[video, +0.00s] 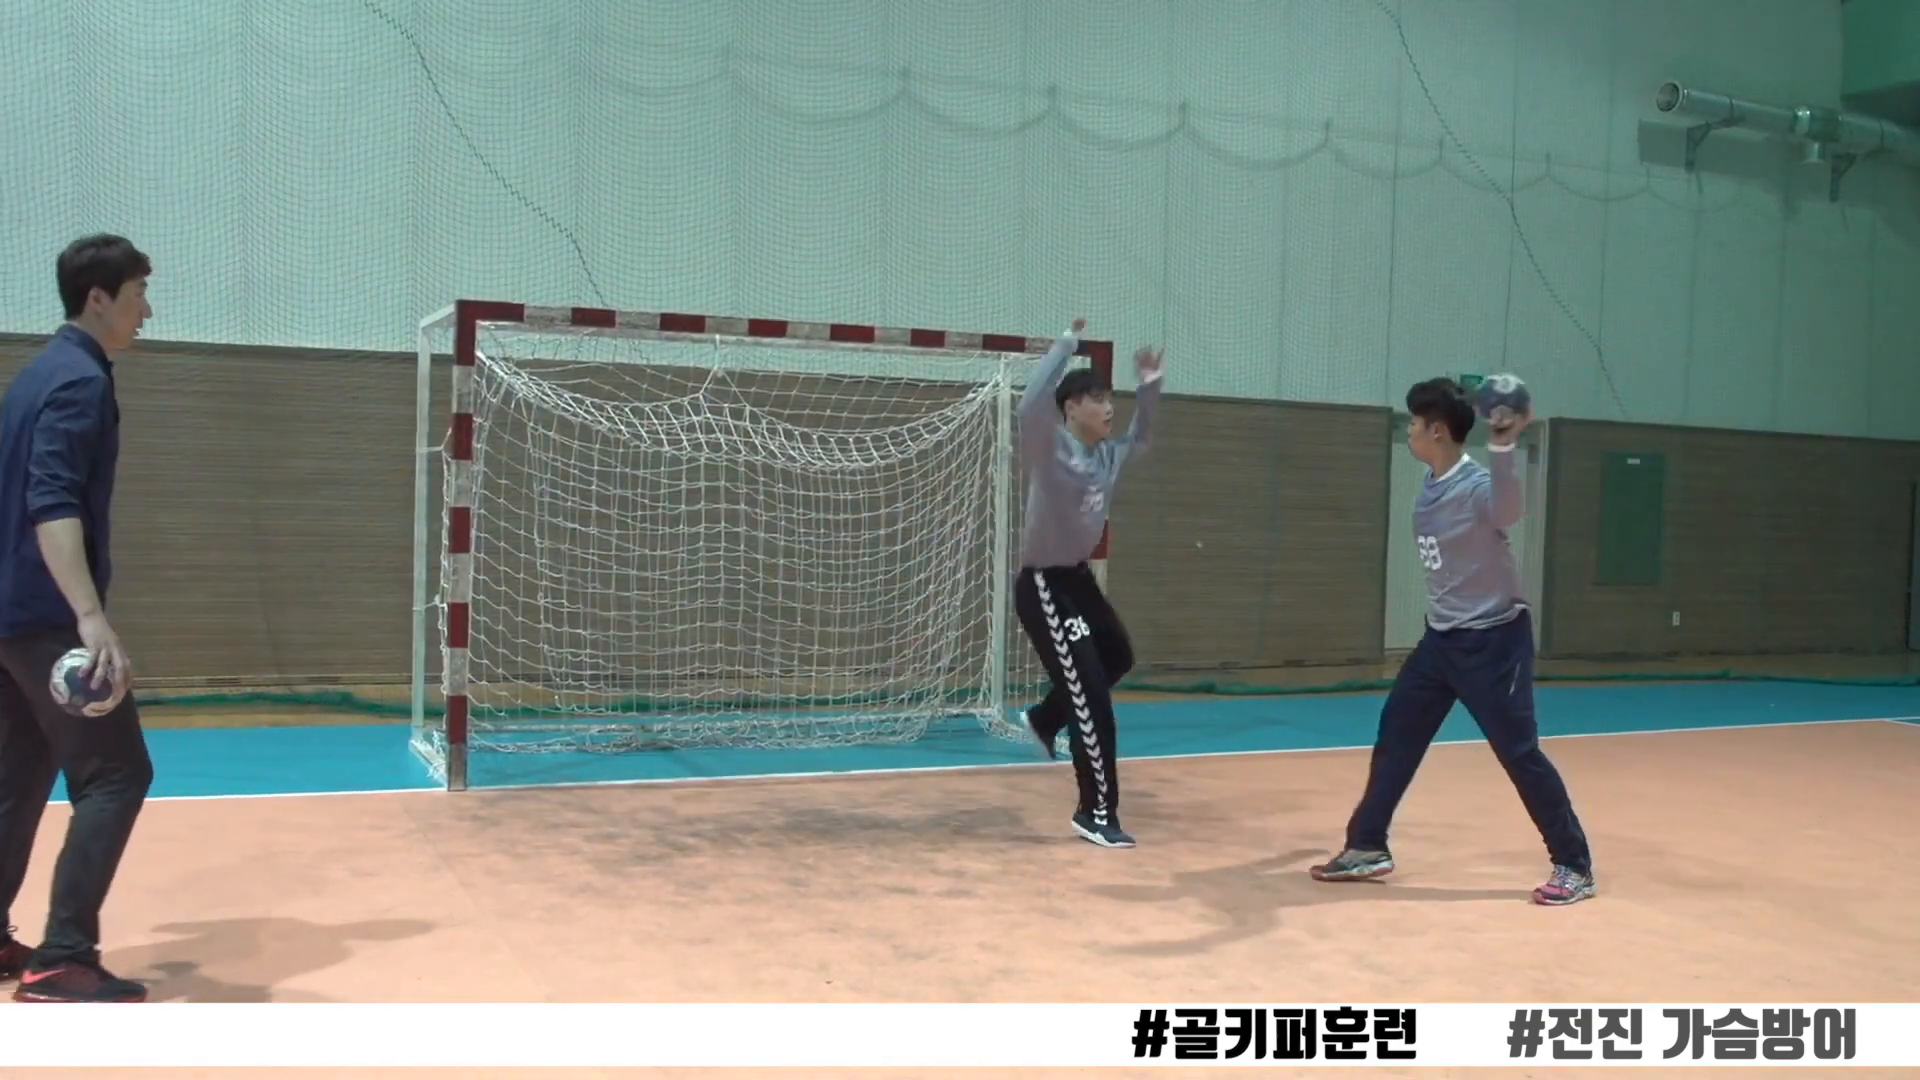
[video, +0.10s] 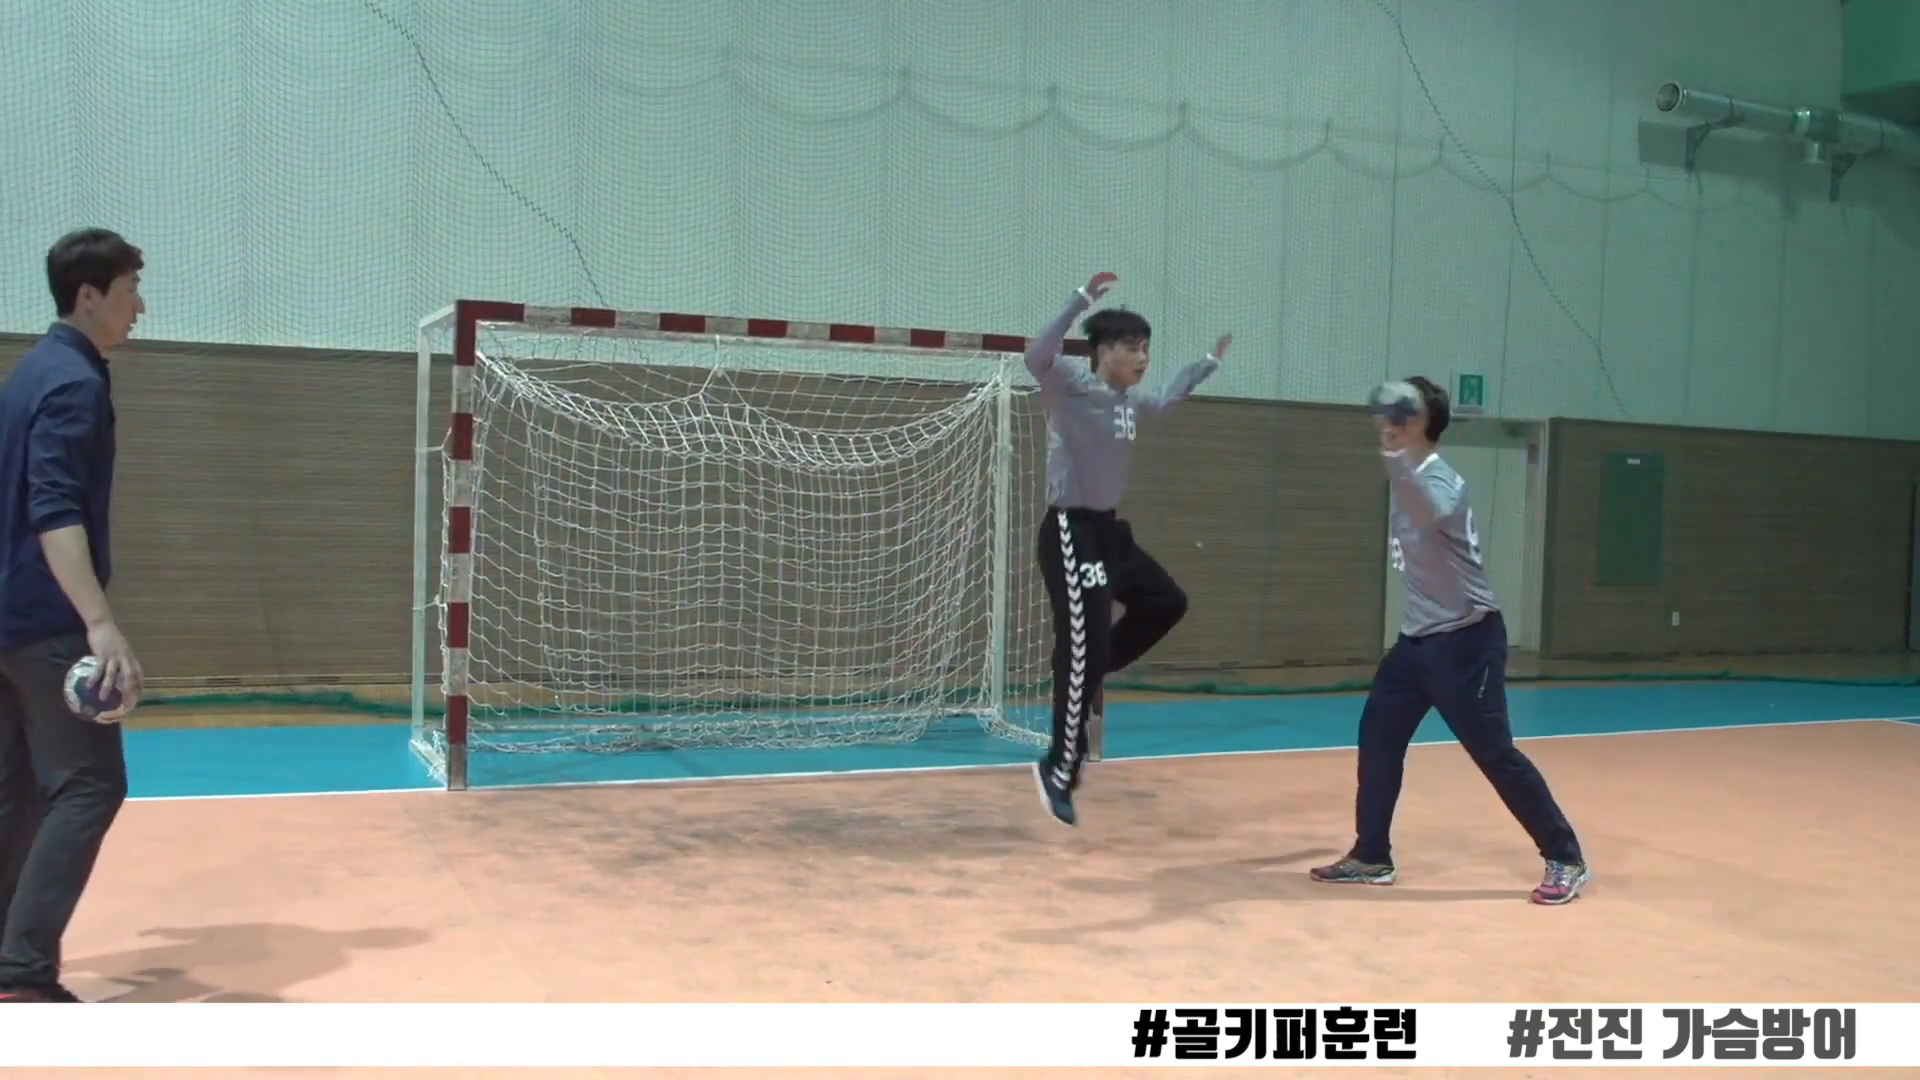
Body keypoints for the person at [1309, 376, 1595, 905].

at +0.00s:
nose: (1409, 434)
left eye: (1414, 426)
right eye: (1410, 425)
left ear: (1438, 433)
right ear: (1438, 431)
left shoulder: (1478, 484)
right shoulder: (1432, 486)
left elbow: (1509, 514)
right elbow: (1451, 554)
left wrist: (1503, 447)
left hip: (1494, 638)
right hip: (1441, 639)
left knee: (1520, 754)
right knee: (1397, 736)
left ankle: (1574, 867)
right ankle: (1367, 847)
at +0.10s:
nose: (1391, 424)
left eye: (1404, 415)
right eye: (1387, 415)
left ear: (1429, 424)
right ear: (1385, 423)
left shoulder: (1443, 477)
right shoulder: (1405, 475)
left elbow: (1428, 515)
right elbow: (1426, 549)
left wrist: (1397, 462)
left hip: (1467, 637)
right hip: (1418, 639)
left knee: (1494, 753)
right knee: (1379, 736)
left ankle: (1565, 858)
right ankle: (1371, 855)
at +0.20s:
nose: (1359, 418)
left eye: (1366, 409)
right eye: (1362, 409)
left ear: (1390, 415)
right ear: (1393, 416)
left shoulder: (1410, 470)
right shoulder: (1396, 468)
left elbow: (1341, 496)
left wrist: (1286, 446)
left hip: (1452, 625)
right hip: (1408, 629)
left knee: (1483, 742)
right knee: (1380, 734)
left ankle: (1561, 848)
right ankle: (1371, 855)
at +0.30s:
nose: (1346, 413)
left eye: (1354, 404)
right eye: (1349, 403)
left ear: (1380, 409)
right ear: (1383, 411)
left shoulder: (1380, 465)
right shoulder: (1404, 463)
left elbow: (1301, 483)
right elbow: (1449, 533)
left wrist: (1221, 455)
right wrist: (1476, 587)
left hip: (1436, 615)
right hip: (1403, 621)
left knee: (1473, 734)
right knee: (1383, 740)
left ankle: (1556, 840)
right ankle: (1371, 856)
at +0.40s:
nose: (1336, 410)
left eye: (1344, 400)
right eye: (1339, 400)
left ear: (1370, 406)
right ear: (1377, 409)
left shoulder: (1370, 463)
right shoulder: (1406, 464)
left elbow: (1305, 506)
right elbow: (1448, 532)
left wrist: (1234, 480)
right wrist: (1483, 584)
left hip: (1421, 612)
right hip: (1400, 616)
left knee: (1458, 731)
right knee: (1381, 737)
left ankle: (1543, 837)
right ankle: (1371, 856)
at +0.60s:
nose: (1333, 411)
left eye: (1340, 402)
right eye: (1334, 401)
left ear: (1367, 406)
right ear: (1369, 408)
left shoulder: (1379, 457)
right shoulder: (1393, 459)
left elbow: (1410, 525)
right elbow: (1438, 529)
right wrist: (1480, 587)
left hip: (1415, 611)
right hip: (1393, 615)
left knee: (1416, 725)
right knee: (1376, 732)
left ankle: (1507, 841)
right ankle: (1371, 857)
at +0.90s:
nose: (1386, 407)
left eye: (1397, 398)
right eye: (1388, 398)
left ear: (1427, 406)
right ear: (1408, 408)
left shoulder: (1450, 464)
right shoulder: (1418, 467)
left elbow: (1500, 536)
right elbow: (1438, 546)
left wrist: (1495, 599)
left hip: (1435, 628)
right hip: (1400, 628)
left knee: (1447, 748)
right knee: (1378, 743)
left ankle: (1521, 859)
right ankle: (1370, 857)